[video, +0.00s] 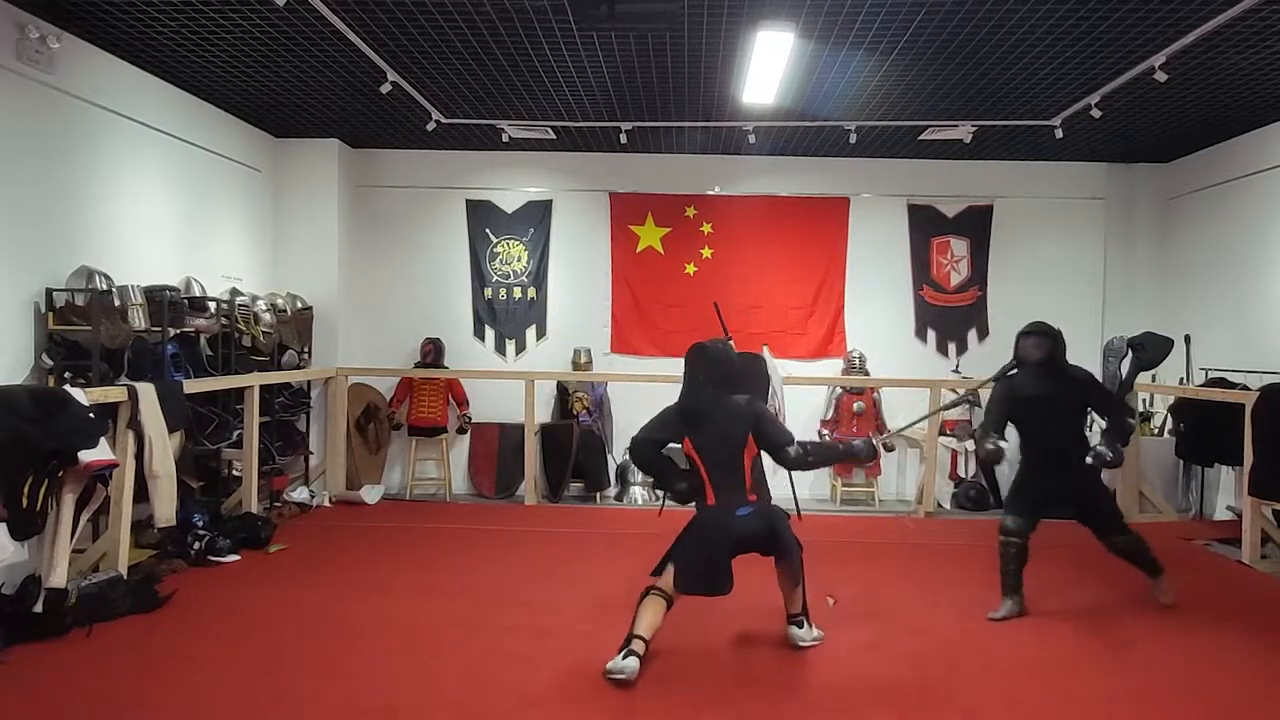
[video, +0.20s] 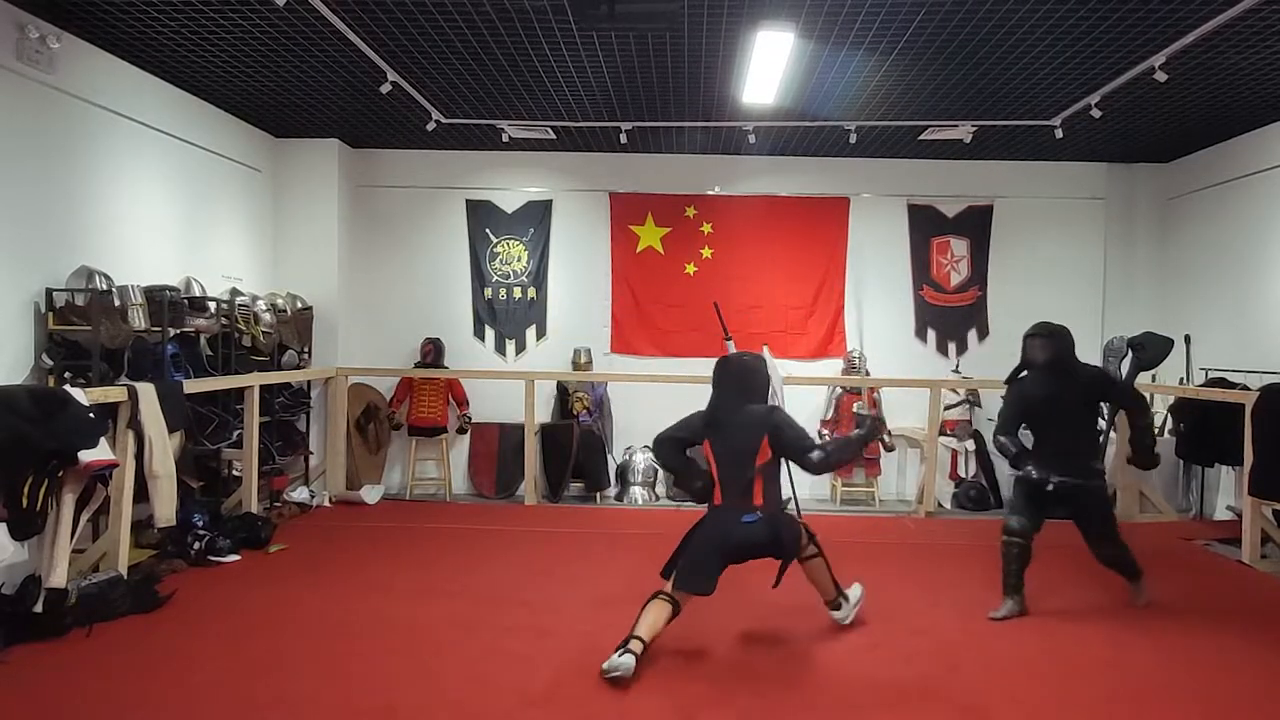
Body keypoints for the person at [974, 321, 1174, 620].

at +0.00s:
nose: (1033, 349)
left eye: (1040, 342)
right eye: (1027, 343)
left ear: (1055, 347)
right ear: (1017, 349)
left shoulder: (1077, 380)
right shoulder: (1008, 387)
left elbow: (1121, 414)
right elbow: (988, 431)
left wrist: (1110, 444)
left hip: (1077, 473)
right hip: (1033, 474)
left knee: (1117, 539)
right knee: (1011, 530)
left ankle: (1158, 576)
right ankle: (1012, 599)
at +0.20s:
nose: (1035, 352)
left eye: (1042, 344)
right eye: (1031, 345)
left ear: (1061, 348)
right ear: (1025, 351)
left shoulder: (1090, 379)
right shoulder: (1022, 388)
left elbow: (1136, 403)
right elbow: (1003, 435)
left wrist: (1143, 449)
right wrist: (1024, 461)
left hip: (1084, 477)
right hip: (1037, 475)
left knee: (1106, 549)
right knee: (1015, 531)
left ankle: (1136, 578)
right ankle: (1013, 598)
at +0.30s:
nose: (1051, 358)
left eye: (1058, 350)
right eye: (1046, 350)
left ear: (1077, 352)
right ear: (1040, 354)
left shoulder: (1106, 383)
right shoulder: (1036, 389)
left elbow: (1158, 406)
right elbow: (999, 425)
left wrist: (1172, 453)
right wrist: (1007, 460)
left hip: (1096, 479)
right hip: (1052, 476)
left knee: (1113, 552)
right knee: (1024, 532)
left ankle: (1138, 584)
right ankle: (1014, 597)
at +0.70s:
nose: (1074, 363)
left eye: (1082, 356)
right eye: (1069, 355)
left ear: (1096, 355)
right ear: (1060, 353)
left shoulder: (1118, 385)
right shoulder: (1048, 385)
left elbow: (1146, 426)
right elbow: (1022, 426)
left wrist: (1139, 464)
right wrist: (1017, 459)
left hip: (1096, 475)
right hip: (1054, 473)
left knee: (1115, 540)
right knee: (1030, 529)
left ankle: (1133, 586)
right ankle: (1021, 593)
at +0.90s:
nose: (1034, 360)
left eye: (1041, 353)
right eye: (1030, 353)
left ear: (1060, 353)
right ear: (1027, 353)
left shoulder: (1092, 383)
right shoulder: (1022, 386)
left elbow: (1130, 423)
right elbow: (996, 428)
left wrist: (1110, 463)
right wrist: (997, 467)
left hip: (1085, 467)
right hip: (1041, 466)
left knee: (1099, 542)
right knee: (1025, 528)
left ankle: (1130, 583)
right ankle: (1020, 594)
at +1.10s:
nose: (1025, 350)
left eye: (1032, 344)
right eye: (1022, 344)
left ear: (1050, 345)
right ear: (1018, 348)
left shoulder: (1079, 373)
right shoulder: (1016, 382)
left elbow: (1113, 420)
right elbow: (995, 429)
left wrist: (1075, 446)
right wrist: (999, 465)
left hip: (1080, 462)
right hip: (1037, 461)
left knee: (1080, 537)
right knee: (1021, 527)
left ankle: (1093, 568)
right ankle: (1019, 594)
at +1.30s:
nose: (1041, 347)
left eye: (1047, 341)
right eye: (1037, 340)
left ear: (1064, 342)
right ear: (1032, 341)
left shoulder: (1089, 373)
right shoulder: (1027, 375)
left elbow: (1098, 416)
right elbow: (1007, 422)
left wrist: (1046, 411)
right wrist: (1014, 453)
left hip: (1076, 459)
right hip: (1035, 457)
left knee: (1076, 531)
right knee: (1024, 523)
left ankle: (1075, 581)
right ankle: (1018, 590)